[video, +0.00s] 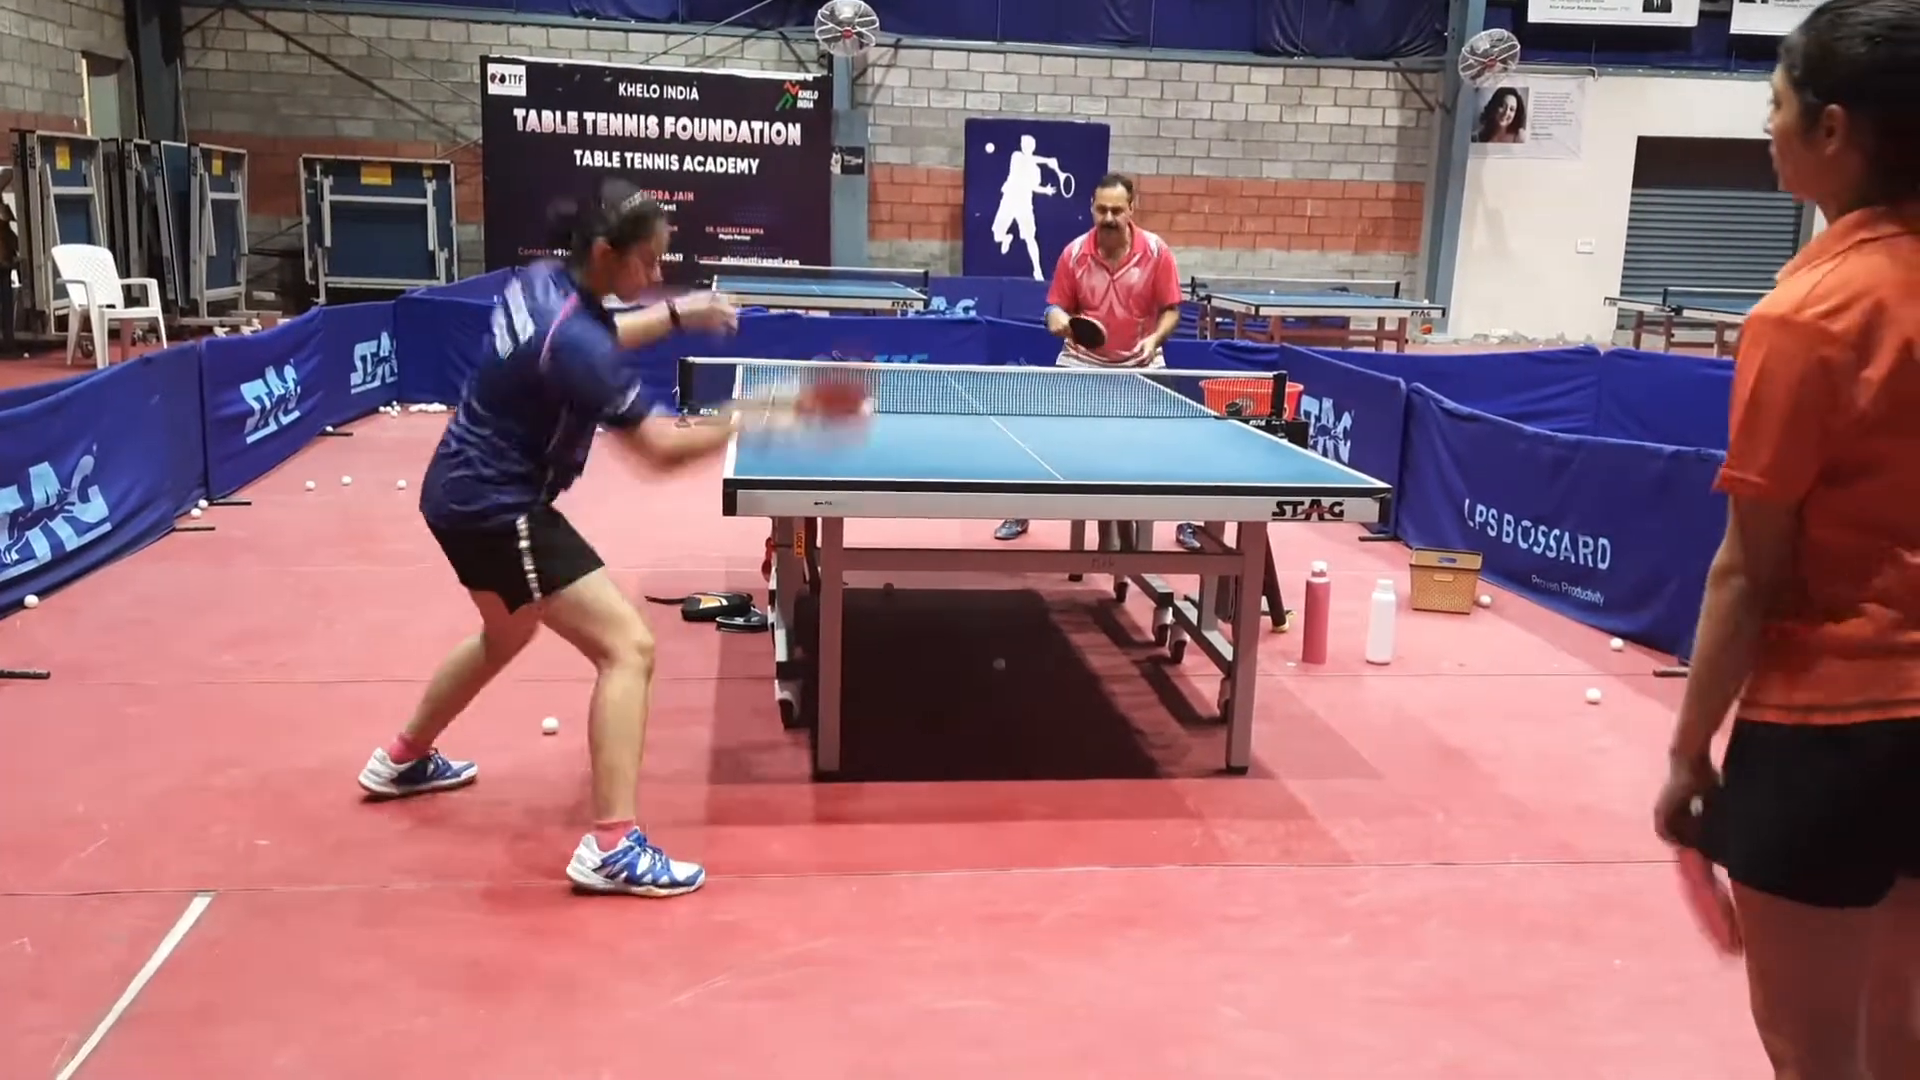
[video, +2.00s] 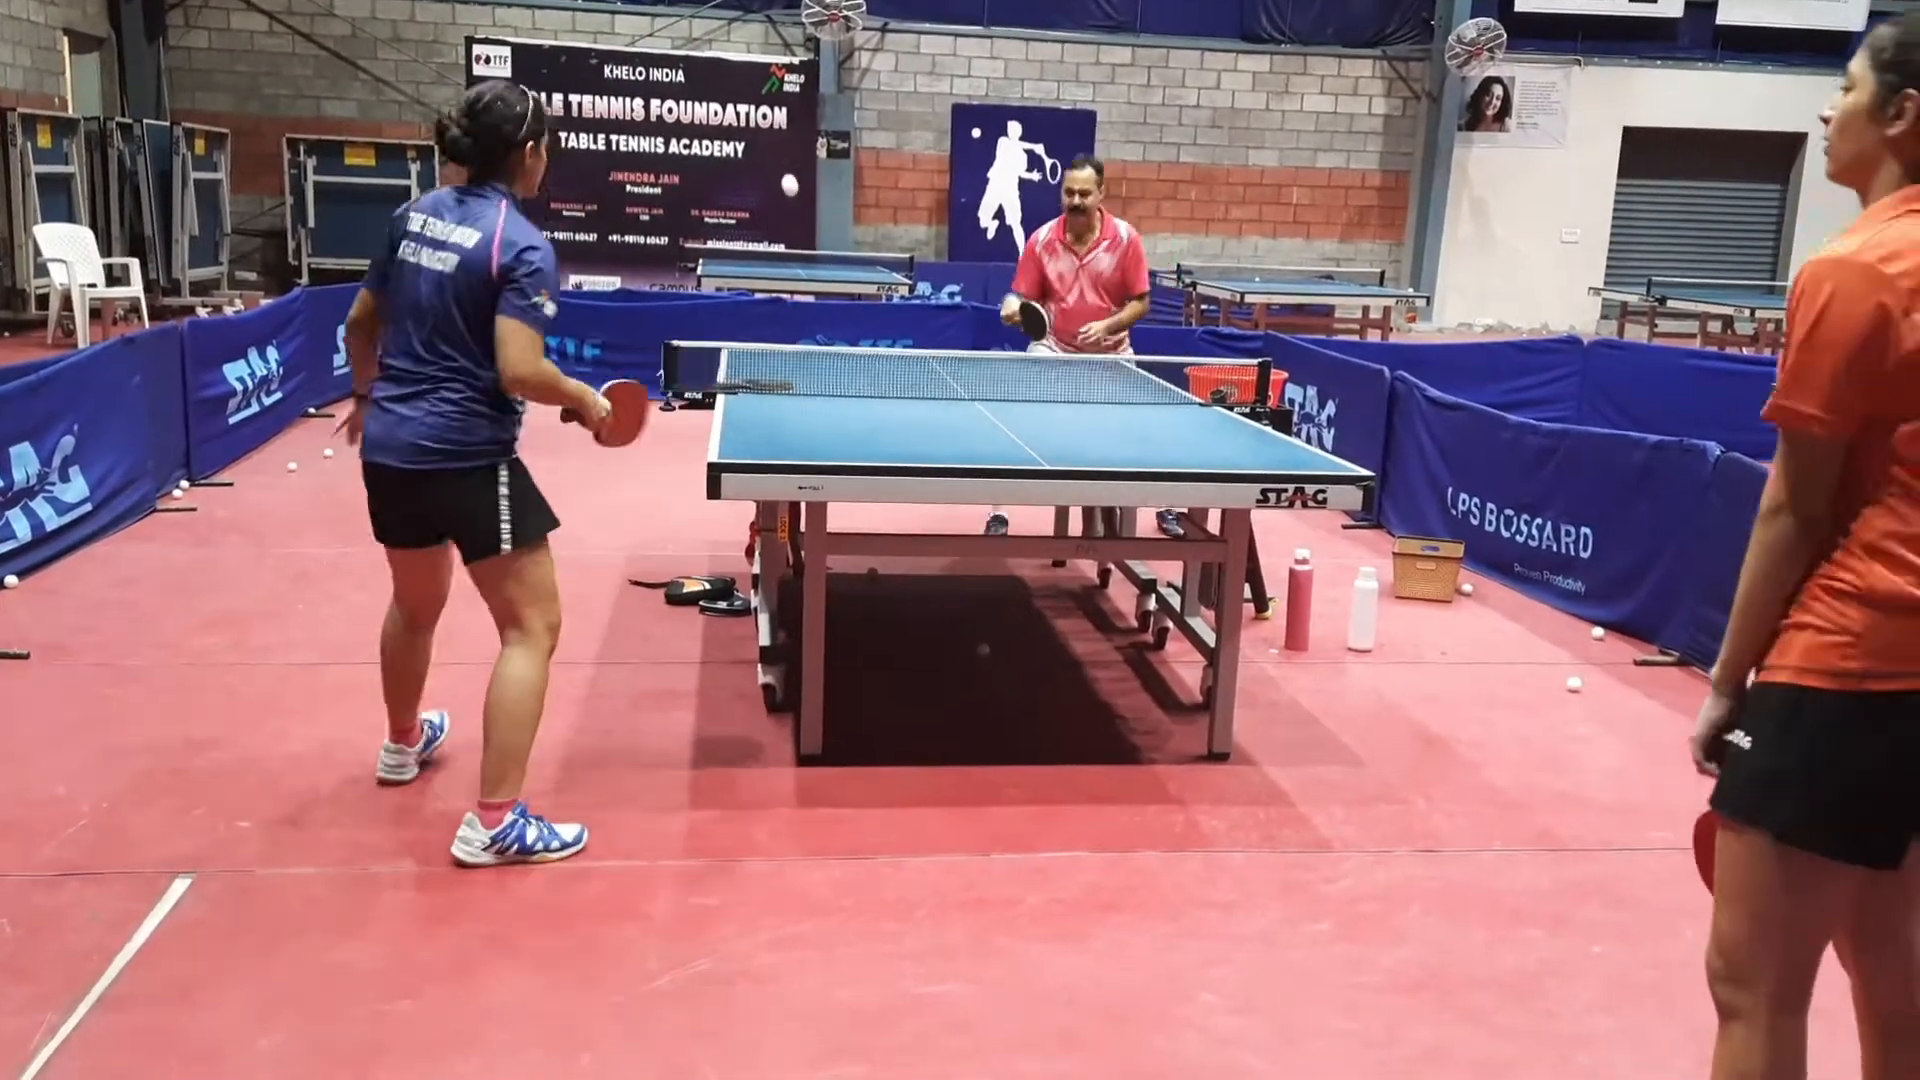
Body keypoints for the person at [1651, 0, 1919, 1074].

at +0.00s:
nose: (1772, 140)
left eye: (1780, 118)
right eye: (1775, 117)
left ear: (1836, 131)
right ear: (1876, 129)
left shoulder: (1811, 314)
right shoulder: (1903, 269)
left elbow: (1752, 570)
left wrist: (1687, 753)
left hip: (1826, 740)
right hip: (1911, 725)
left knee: (1814, 1051)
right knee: (1898, 1038)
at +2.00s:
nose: (1829, 108)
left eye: (1848, 89)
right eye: (1840, 86)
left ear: (1900, 114)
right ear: (1906, 115)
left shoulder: (1861, 270)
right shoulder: (1899, 256)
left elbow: (1795, 509)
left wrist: (1726, 681)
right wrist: (1735, 677)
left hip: (1838, 673)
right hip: (1908, 676)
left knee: (1752, 995)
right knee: (1895, 981)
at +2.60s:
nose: (1664, 117)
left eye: (1674, 96)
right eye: (1669, 94)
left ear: (1725, 116)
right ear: (1782, 120)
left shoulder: (1719, 306)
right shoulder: (1866, 250)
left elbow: (1639, 559)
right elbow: (1878, 478)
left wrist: (1547, 747)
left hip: (1732, 698)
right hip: (1841, 674)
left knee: (1696, 1008)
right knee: (1696, 982)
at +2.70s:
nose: (1640, 136)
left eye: (1650, 113)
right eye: (1644, 113)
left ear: (1706, 124)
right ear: (1748, 123)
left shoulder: (1716, 317)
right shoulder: (1842, 252)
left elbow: (1630, 567)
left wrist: (1532, 754)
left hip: (1724, 696)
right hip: (1811, 669)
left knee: (1694, 1009)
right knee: (1600, 891)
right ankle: (1617, 1079)